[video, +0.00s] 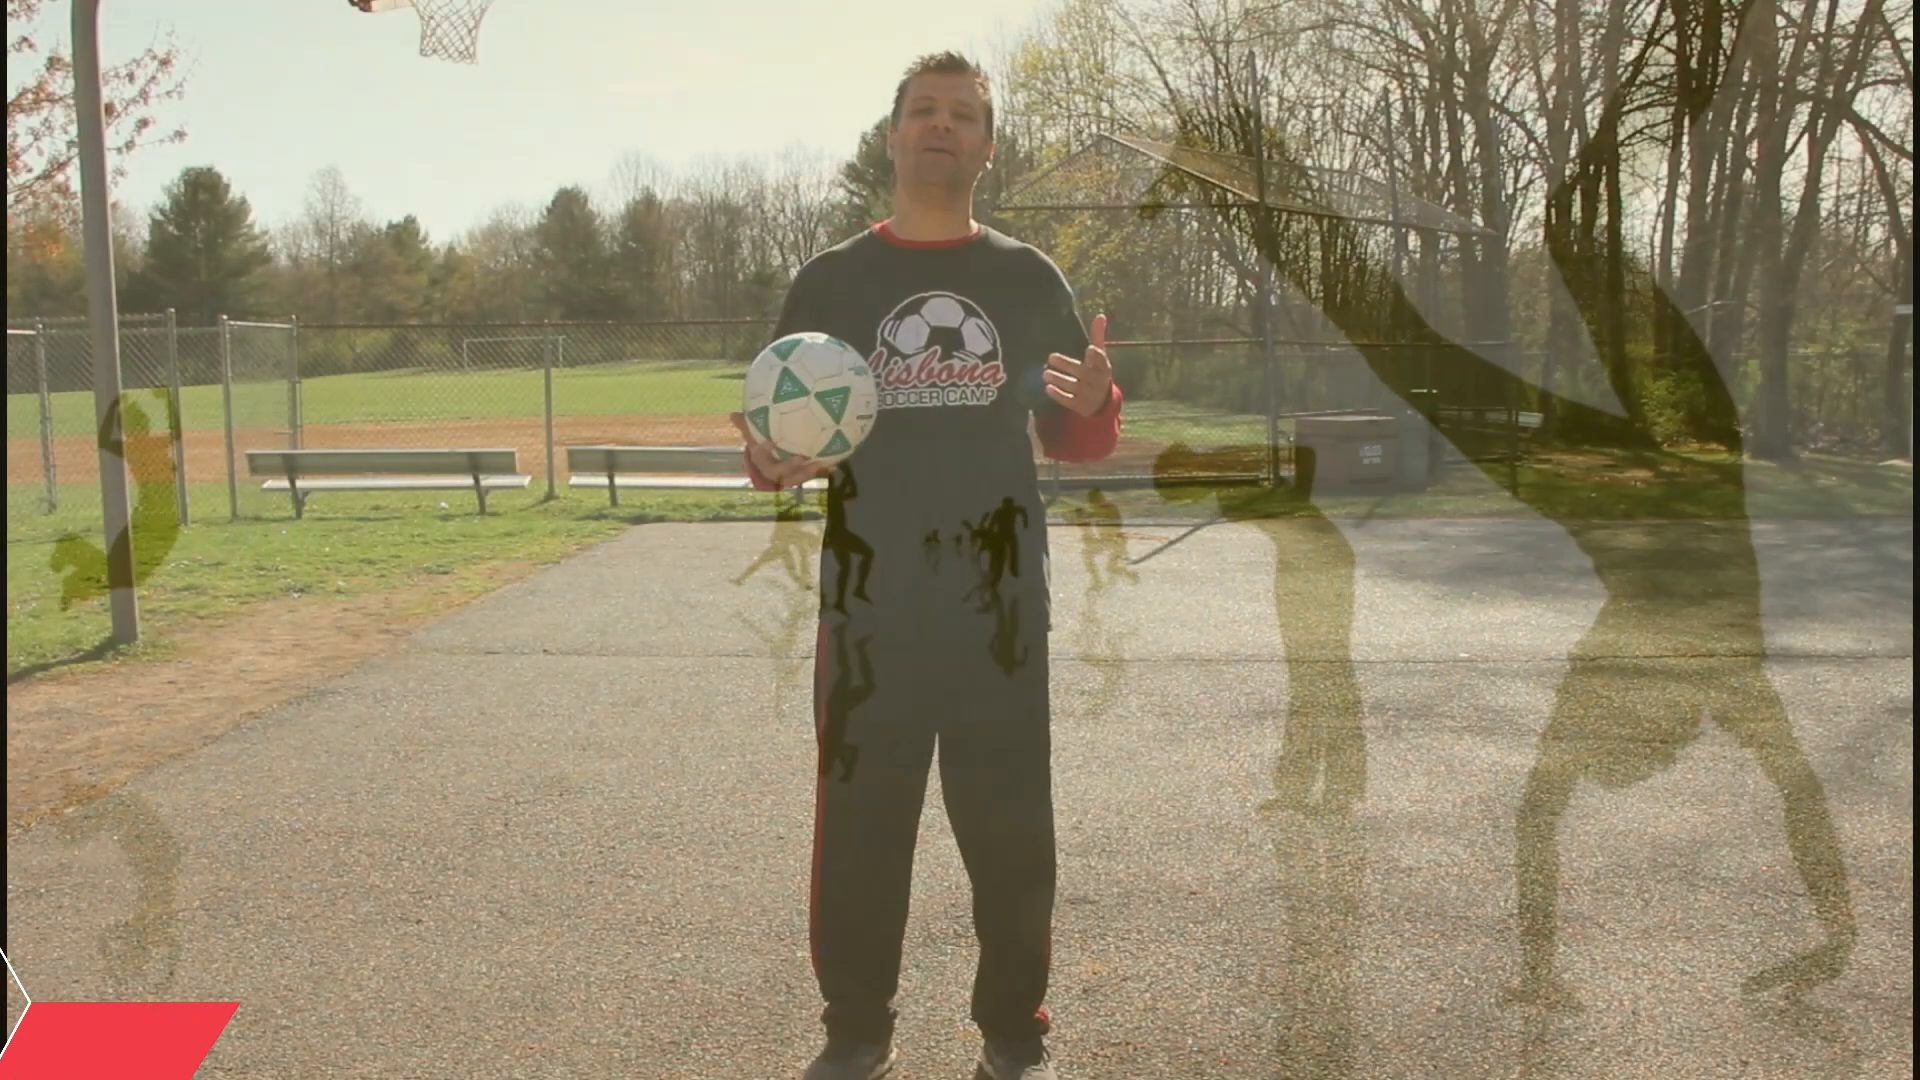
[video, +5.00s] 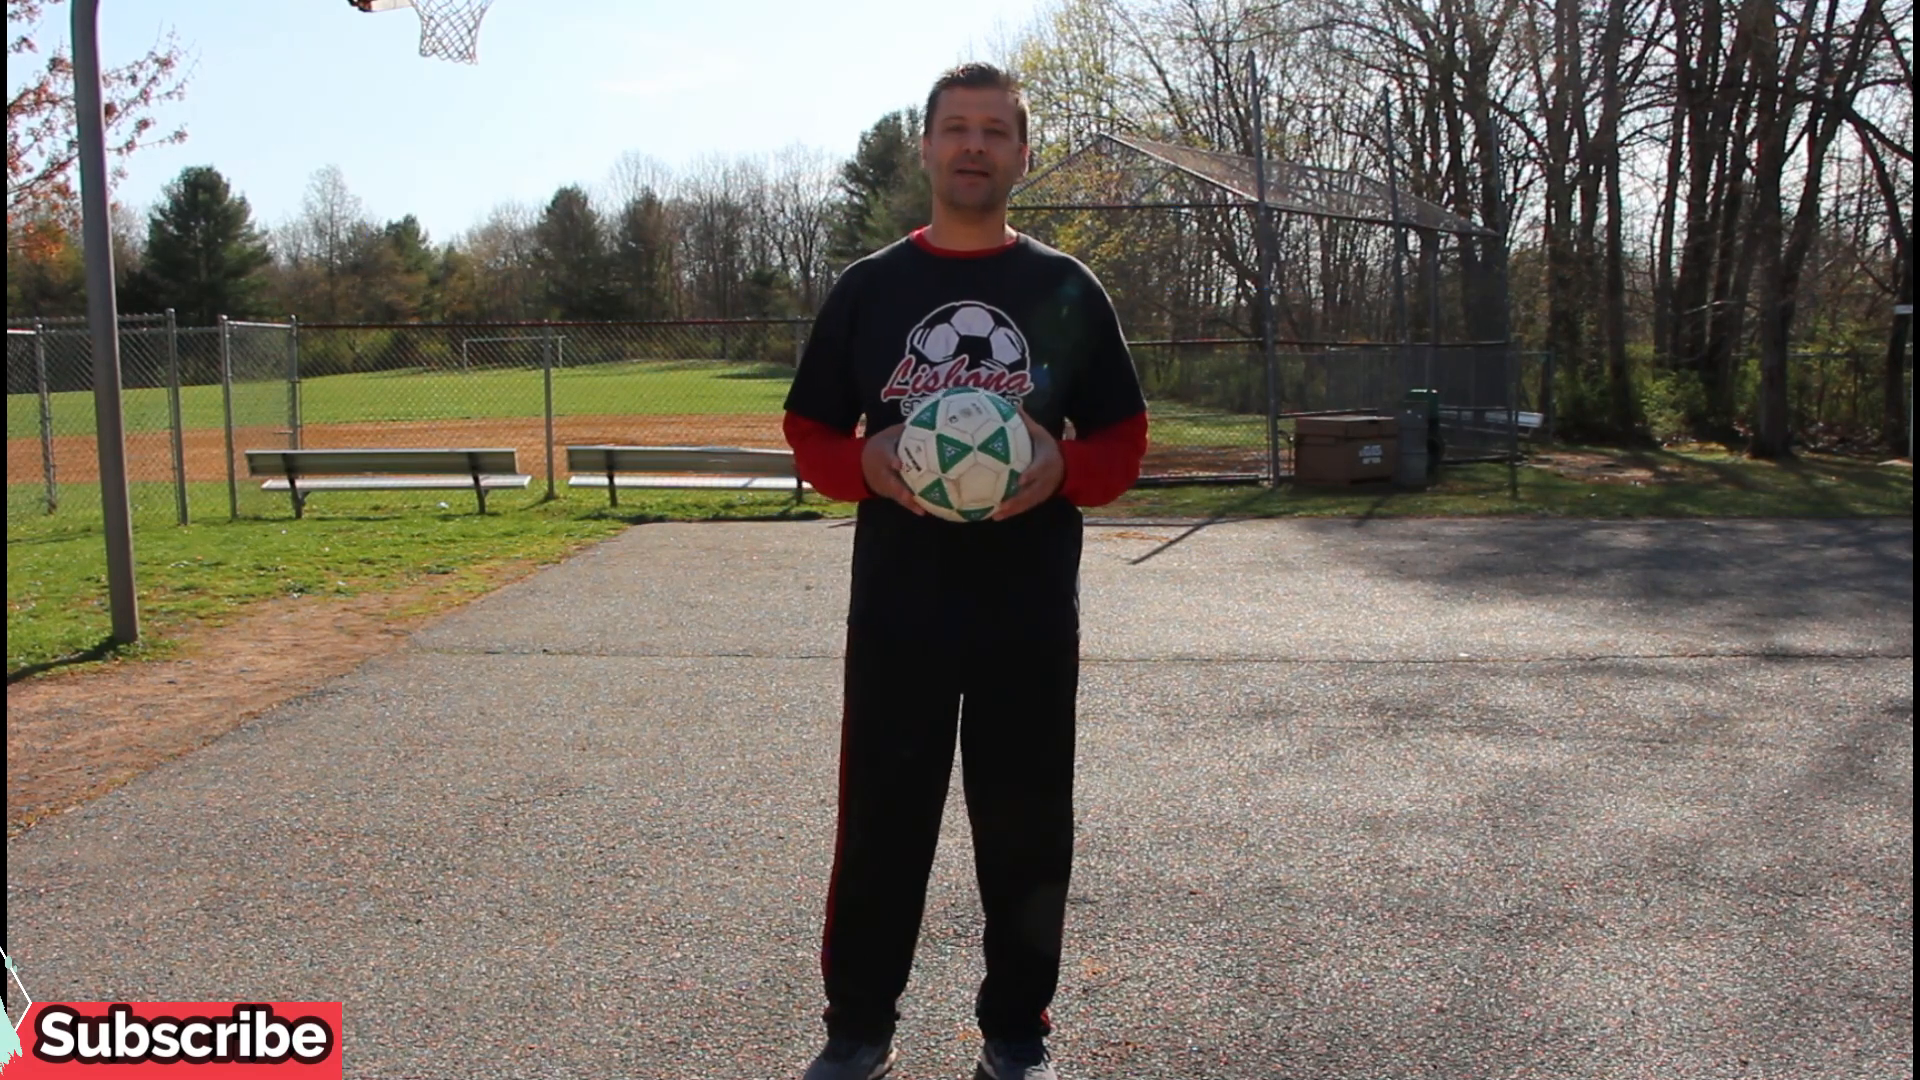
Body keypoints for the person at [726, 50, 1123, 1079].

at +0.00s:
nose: (941, 128)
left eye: (964, 115)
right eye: (923, 111)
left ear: (989, 147)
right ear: (891, 137)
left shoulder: (1029, 277)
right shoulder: (828, 282)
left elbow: (1072, 444)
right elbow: (787, 432)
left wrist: (1094, 410)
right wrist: (772, 461)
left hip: (999, 577)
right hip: (871, 576)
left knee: (1009, 812)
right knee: (860, 809)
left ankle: (1014, 1033)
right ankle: (853, 1030)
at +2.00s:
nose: (965, 140)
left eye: (987, 127)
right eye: (946, 124)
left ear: (1013, 153)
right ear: (915, 145)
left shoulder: (1059, 285)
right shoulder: (856, 289)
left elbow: (1118, 430)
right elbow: (806, 425)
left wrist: (1060, 466)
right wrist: (853, 471)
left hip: (1024, 596)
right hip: (895, 594)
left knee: (1028, 819)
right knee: (878, 815)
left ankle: (1019, 1032)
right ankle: (857, 1027)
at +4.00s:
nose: (901, 137)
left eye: (926, 126)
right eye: (887, 119)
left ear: (957, 155)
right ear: (861, 139)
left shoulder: (998, 279)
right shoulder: (796, 285)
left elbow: (1060, 430)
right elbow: (736, 419)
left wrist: (1019, 422)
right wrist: (768, 450)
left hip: (965, 594)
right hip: (837, 597)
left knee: (988, 817)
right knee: (842, 820)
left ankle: (1014, 1032)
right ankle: (854, 1027)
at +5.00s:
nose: (976, 146)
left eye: (998, 131)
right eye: (957, 129)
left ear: (1024, 154)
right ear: (926, 147)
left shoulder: (1068, 290)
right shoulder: (864, 289)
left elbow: (1125, 431)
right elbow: (807, 428)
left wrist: (1064, 468)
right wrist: (859, 462)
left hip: (1028, 601)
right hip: (898, 597)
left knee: (1028, 821)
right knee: (881, 816)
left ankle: (1017, 1033)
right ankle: (857, 1027)